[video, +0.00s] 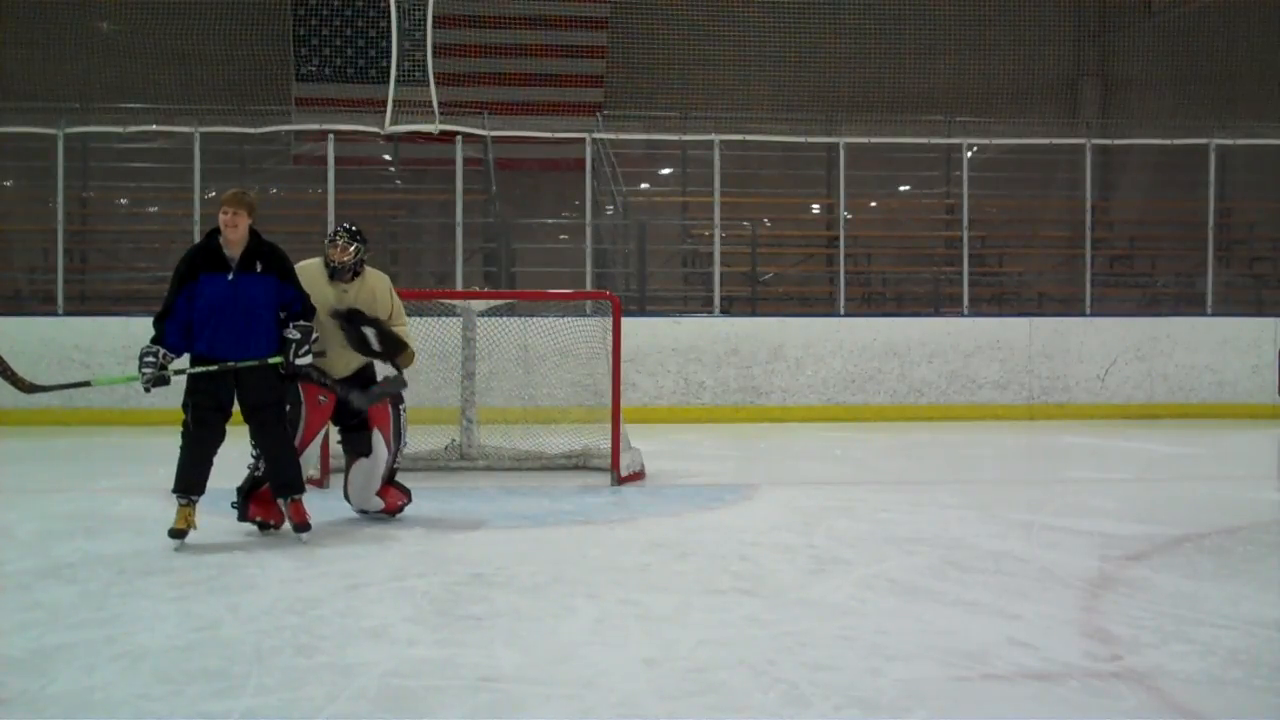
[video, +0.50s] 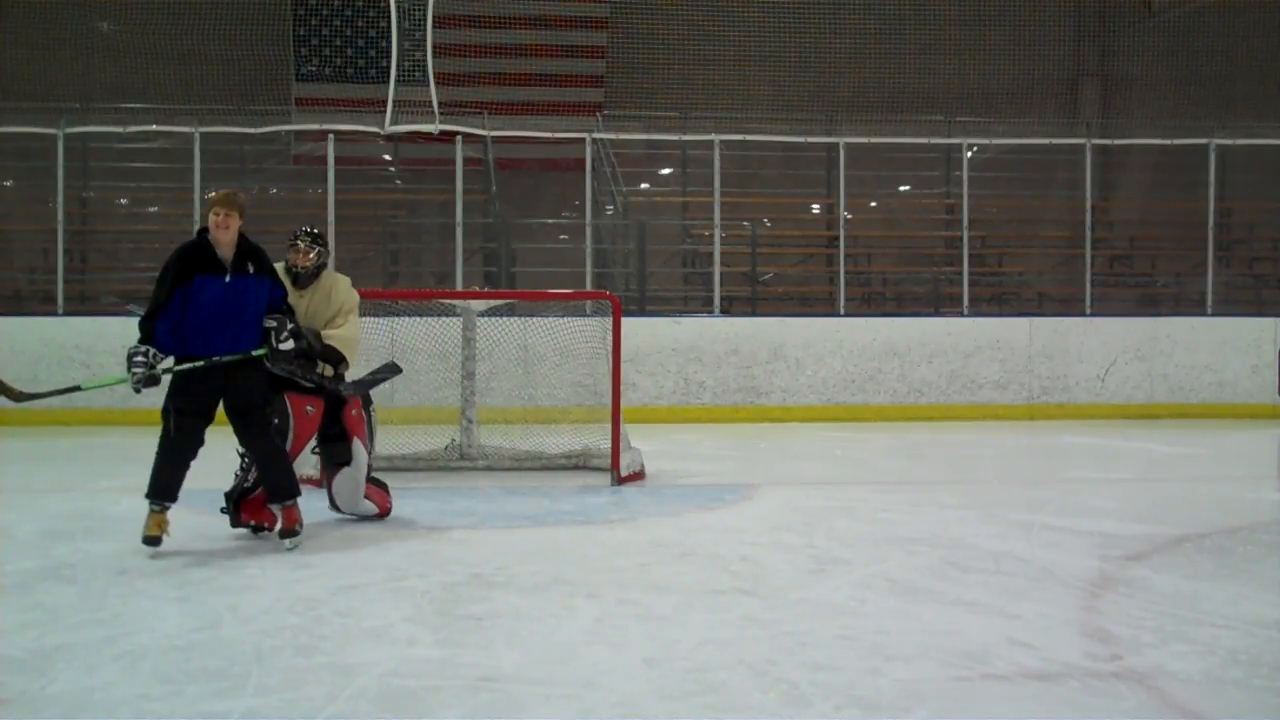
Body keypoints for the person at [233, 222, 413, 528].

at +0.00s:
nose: (338, 255)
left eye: (346, 249)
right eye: (334, 248)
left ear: (359, 253)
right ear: (326, 249)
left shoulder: (378, 285)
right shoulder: (302, 276)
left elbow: (402, 342)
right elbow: (279, 316)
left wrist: (380, 340)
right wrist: (292, 352)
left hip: (358, 373)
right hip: (310, 372)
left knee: (369, 440)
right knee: (293, 433)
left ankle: (368, 498)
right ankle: (260, 494)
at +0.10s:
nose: (332, 255)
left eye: (340, 249)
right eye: (328, 248)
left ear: (353, 253)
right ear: (320, 249)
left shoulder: (372, 285)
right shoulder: (298, 275)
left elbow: (392, 327)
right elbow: (276, 314)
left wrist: (375, 344)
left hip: (358, 370)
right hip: (310, 368)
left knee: (375, 434)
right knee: (293, 436)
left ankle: (371, 496)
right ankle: (260, 496)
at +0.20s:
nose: (324, 256)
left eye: (331, 251)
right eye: (320, 249)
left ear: (345, 255)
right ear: (312, 251)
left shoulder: (364, 286)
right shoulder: (293, 276)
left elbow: (378, 325)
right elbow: (273, 314)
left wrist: (360, 348)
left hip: (347, 375)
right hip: (301, 373)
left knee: (353, 439)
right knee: (282, 434)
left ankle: (361, 498)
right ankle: (257, 497)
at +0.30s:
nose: (315, 259)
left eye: (323, 254)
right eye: (311, 252)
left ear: (337, 258)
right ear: (304, 254)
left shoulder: (354, 289)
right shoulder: (286, 278)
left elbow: (365, 340)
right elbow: (266, 315)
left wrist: (330, 345)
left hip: (338, 380)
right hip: (293, 375)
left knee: (342, 441)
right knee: (278, 433)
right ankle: (255, 497)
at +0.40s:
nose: (306, 261)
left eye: (314, 256)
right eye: (302, 254)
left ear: (327, 260)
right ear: (295, 256)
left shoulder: (346, 290)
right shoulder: (278, 279)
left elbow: (355, 338)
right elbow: (260, 317)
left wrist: (321, 347)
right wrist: (278, 344)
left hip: (326, 375)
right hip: (281, 370)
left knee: (336, 434)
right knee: (273, 427)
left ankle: (346, 496)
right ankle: (249, 493)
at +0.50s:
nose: (300, 258)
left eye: (308, 253)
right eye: (295, 251)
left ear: (321, 256)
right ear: (288, 254)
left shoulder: (340, 288)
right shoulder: (273, 278)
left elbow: (347, 336)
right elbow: (257, 316)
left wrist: (313, 346)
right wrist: (274, 342)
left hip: (320, 371)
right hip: (275, 367)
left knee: (336, 414)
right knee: (266, 419)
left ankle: (343, 488)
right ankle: (250, 488)